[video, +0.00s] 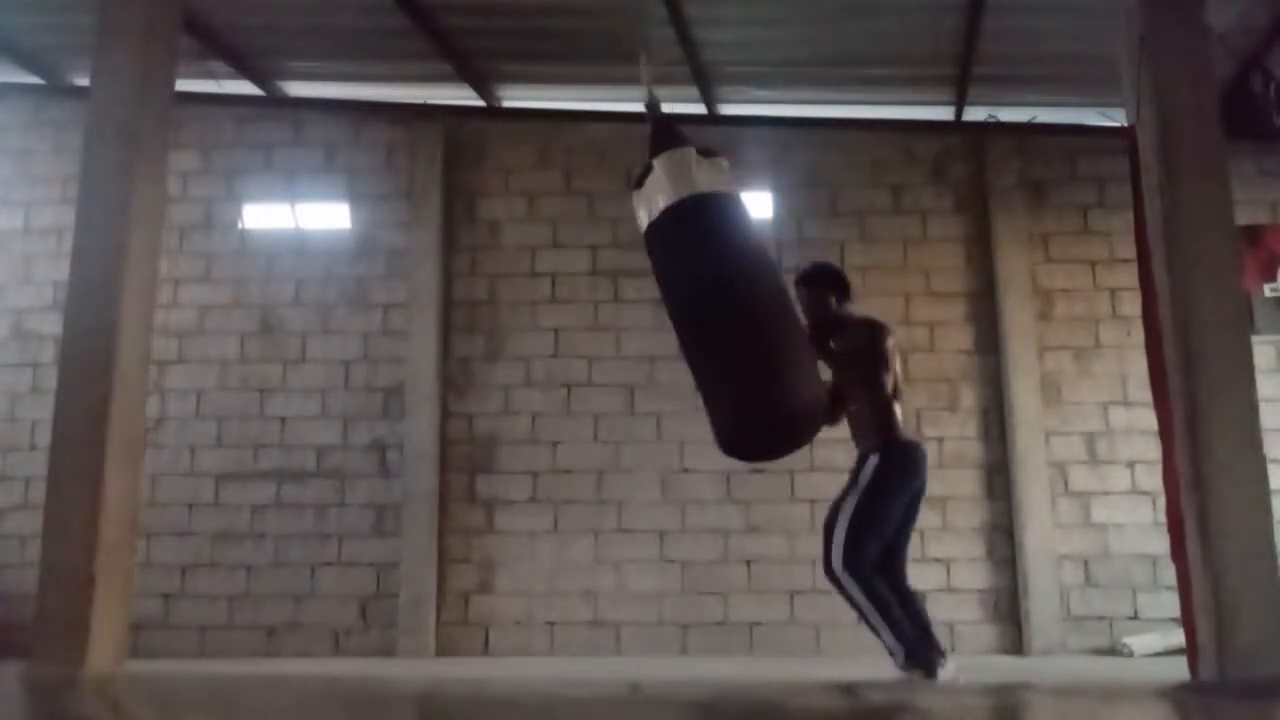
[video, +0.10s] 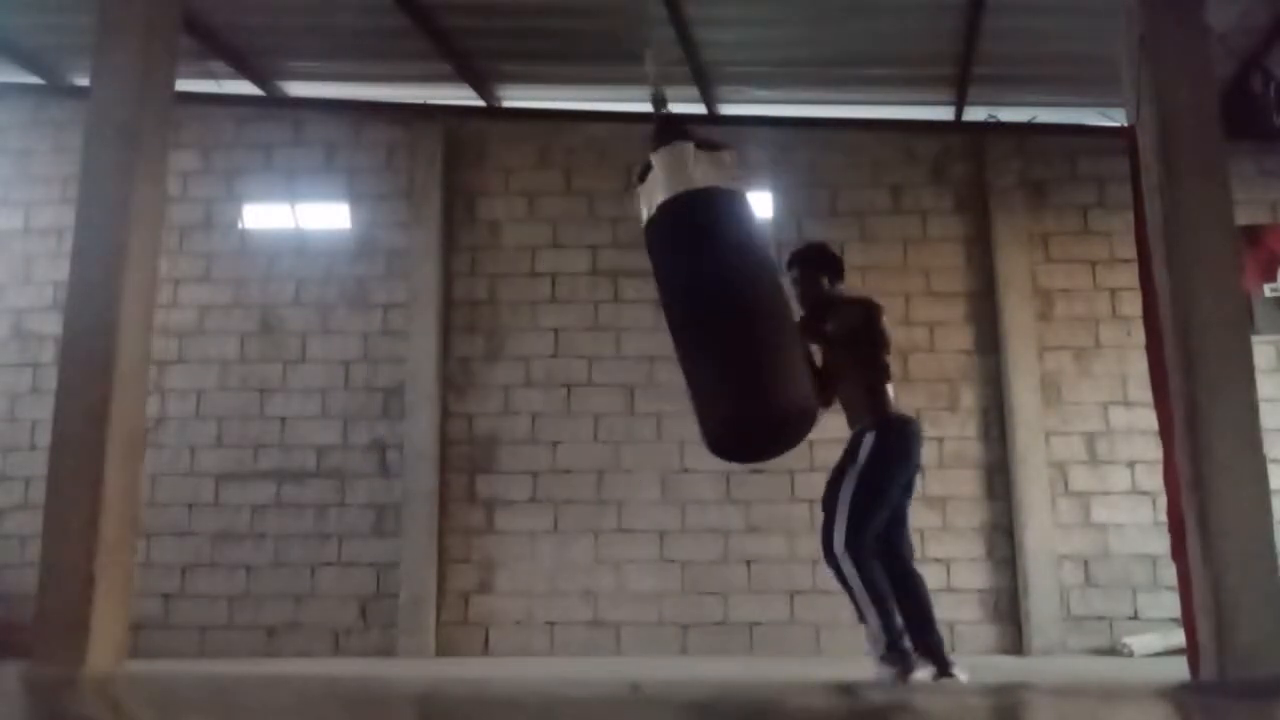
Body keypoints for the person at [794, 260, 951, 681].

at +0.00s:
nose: (804, 309)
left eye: (809, 299)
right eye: (801, 300)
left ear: (832, 297)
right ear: (822, 301)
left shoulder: (867, 330)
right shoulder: (843, 345)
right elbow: (830, 412)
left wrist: (816, 347)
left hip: (886, 460)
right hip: (903, 459)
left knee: (843, 561)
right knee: (886, 566)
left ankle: (917, 660)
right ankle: (929, 658)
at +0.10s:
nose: (795, 288)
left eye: (800, 279)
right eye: (792, 280)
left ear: (823, 277)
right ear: (814, 281)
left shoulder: (854, 310)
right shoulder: (831, 327)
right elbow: (822, 393)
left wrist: (806, 333)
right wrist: (793, 346)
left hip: (879, 437)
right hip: (891, 437)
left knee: (843, 544)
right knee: (892, 553)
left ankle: (894, 657)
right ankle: (939, 663)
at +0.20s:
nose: (791, 293)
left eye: (798, 283)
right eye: (788, 284)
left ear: (821, 282)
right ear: (797, 288)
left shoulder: (857, 316)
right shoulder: (816, 334)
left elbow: (878, 375)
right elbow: (806, 398)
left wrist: (819, 338)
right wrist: (787, 344)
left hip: (879, 442)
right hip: (877, 444)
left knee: (846, 547)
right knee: (892, 558)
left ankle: (853, 671)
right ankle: (950, 666)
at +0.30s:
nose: (781, 308)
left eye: (787, 298)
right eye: (779, 299)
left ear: (811, 299)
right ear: (794, 303)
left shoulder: (849, 336)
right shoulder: (806, 351)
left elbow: (876, 399)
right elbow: (790, 417)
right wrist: (775, 368)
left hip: (874, 465)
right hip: (867, 467)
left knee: (846, 569)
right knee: (893, 580)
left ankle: (824, 675)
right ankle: (958, 673)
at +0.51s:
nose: (749, 310)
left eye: (755, 300)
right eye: (747, 301)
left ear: (778, 299)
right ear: (761, 302)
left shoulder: (814, 332)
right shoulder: (773, 350)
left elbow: (828, 375)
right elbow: (767, 416)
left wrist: (774, 348)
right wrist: (742, 377)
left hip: (842, 464)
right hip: (850, 464)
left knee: (791, 570)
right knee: (854, 576)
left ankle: (800, 685)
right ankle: (945, 670)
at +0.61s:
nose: (738, 293)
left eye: (743, 282)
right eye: (736, 282)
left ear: (767, 281)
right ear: (768, 285)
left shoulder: (806, 314)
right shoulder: (772, 334)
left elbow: (816, 365)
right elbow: (757, 398)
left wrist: (764, 334)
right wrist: (733, 350)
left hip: (830, 447)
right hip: (840, 447)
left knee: (790, 561)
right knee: (832, 566)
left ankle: (796, 672)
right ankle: (921, 660)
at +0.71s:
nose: (737, 288)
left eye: (744, 277)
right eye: (736, 278)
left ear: (770, 277)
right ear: (747, 282)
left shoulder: (805, 308)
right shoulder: (768, 330)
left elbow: (814, 356)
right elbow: (749, 390)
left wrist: (756, 329)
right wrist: (731, 341)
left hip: (822, 440)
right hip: (838, 440)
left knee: (774, 546)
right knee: (826, 561)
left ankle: (784, 669)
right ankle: (901, 666)